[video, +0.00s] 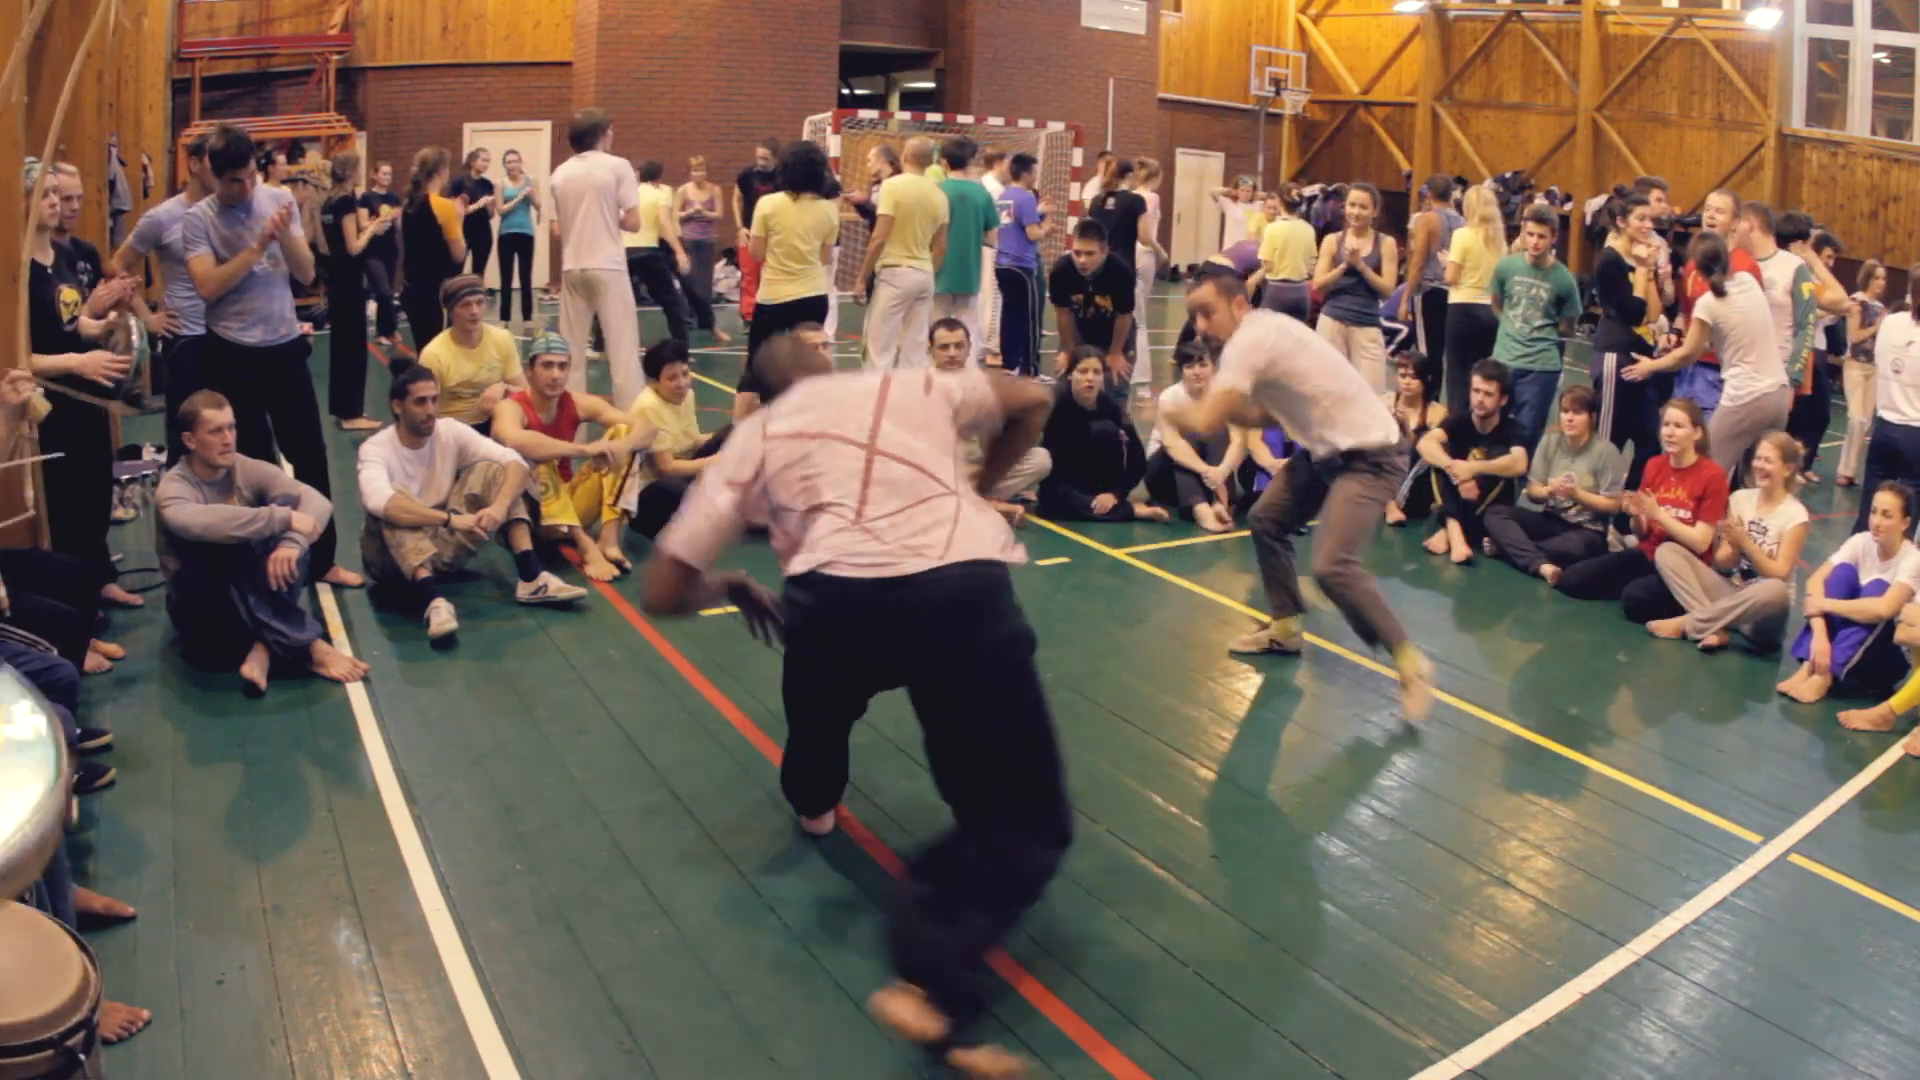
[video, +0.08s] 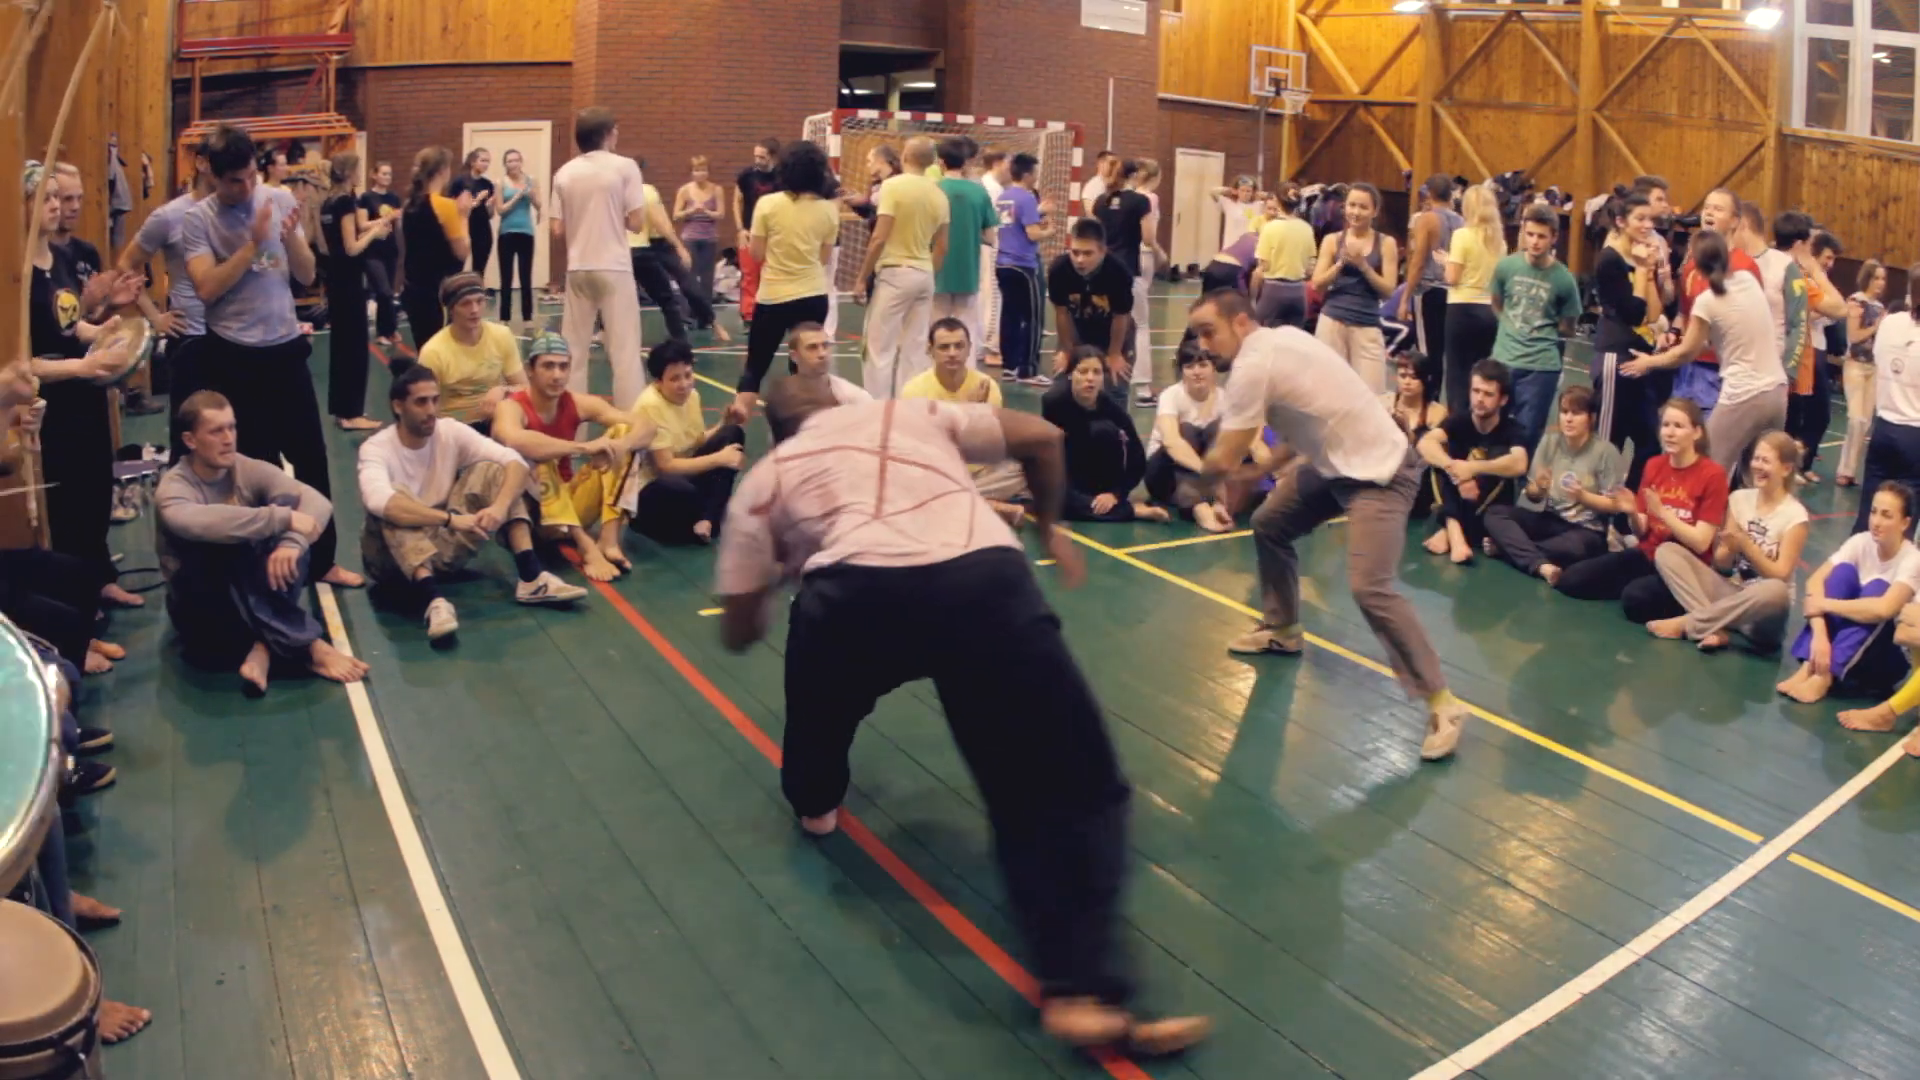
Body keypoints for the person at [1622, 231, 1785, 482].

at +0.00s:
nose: (1690, 265)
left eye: (1692, 261)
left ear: (1697, 267)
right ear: (1727, 256)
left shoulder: (1707, 303)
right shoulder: (1750, 282)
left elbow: (1688, 354)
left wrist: (1651, 366)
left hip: (1743, 397)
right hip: (1778, 391)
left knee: (1711, 469)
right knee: (1763, 474)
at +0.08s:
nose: (1689, 257)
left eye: (1691, 253)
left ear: (1695, 262)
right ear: (1727, 253)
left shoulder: (1706, 301)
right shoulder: (1749, 281)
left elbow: (1686, 352)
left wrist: (1649, 362)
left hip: (1740, 396)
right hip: (1776, 390)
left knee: (1711, 471)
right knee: (1764, 473)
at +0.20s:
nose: (1690, 261)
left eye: (1691, 256)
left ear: (1696, 262)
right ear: (1728, 253)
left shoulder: (1706, 298)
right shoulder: (1749, 278)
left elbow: (1682, 345)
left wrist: (1642, 346)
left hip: (1739, 394)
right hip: (1774, 388)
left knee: (1715, 471)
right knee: (1764, 470)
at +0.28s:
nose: (1691, 259)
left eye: (1693, 253)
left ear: (1697, 260)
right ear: (1729, 252)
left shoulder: (1706, 296)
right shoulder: (1750, 277)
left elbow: (1679, 341)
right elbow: (1721, 329)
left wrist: (1641, 339)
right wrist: (1684, 333)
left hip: (1737, 394)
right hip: (1773, 389)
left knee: (1716, 472)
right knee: (1763, 470)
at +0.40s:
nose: (1692, 260)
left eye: (1694, 254)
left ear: (1699, 260)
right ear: (1730, 251)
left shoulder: (1708, 293)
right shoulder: (1750, 277)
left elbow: (1682, 341)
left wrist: (1646, 343)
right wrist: (1681, 332)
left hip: (1735, 396)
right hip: (1771, 391)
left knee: (1717, 474)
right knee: (1759, 473)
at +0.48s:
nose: (1695, 257)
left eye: (1697, 251)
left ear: (1702, 259)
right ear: (1734, 252)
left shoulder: (1708, 292)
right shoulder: (1751, 279)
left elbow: (1685, 345)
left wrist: (1653, 351)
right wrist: (1684, 333)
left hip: (1733, 396)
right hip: (1769, 389)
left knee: (1716, 476)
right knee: (1756, 476)